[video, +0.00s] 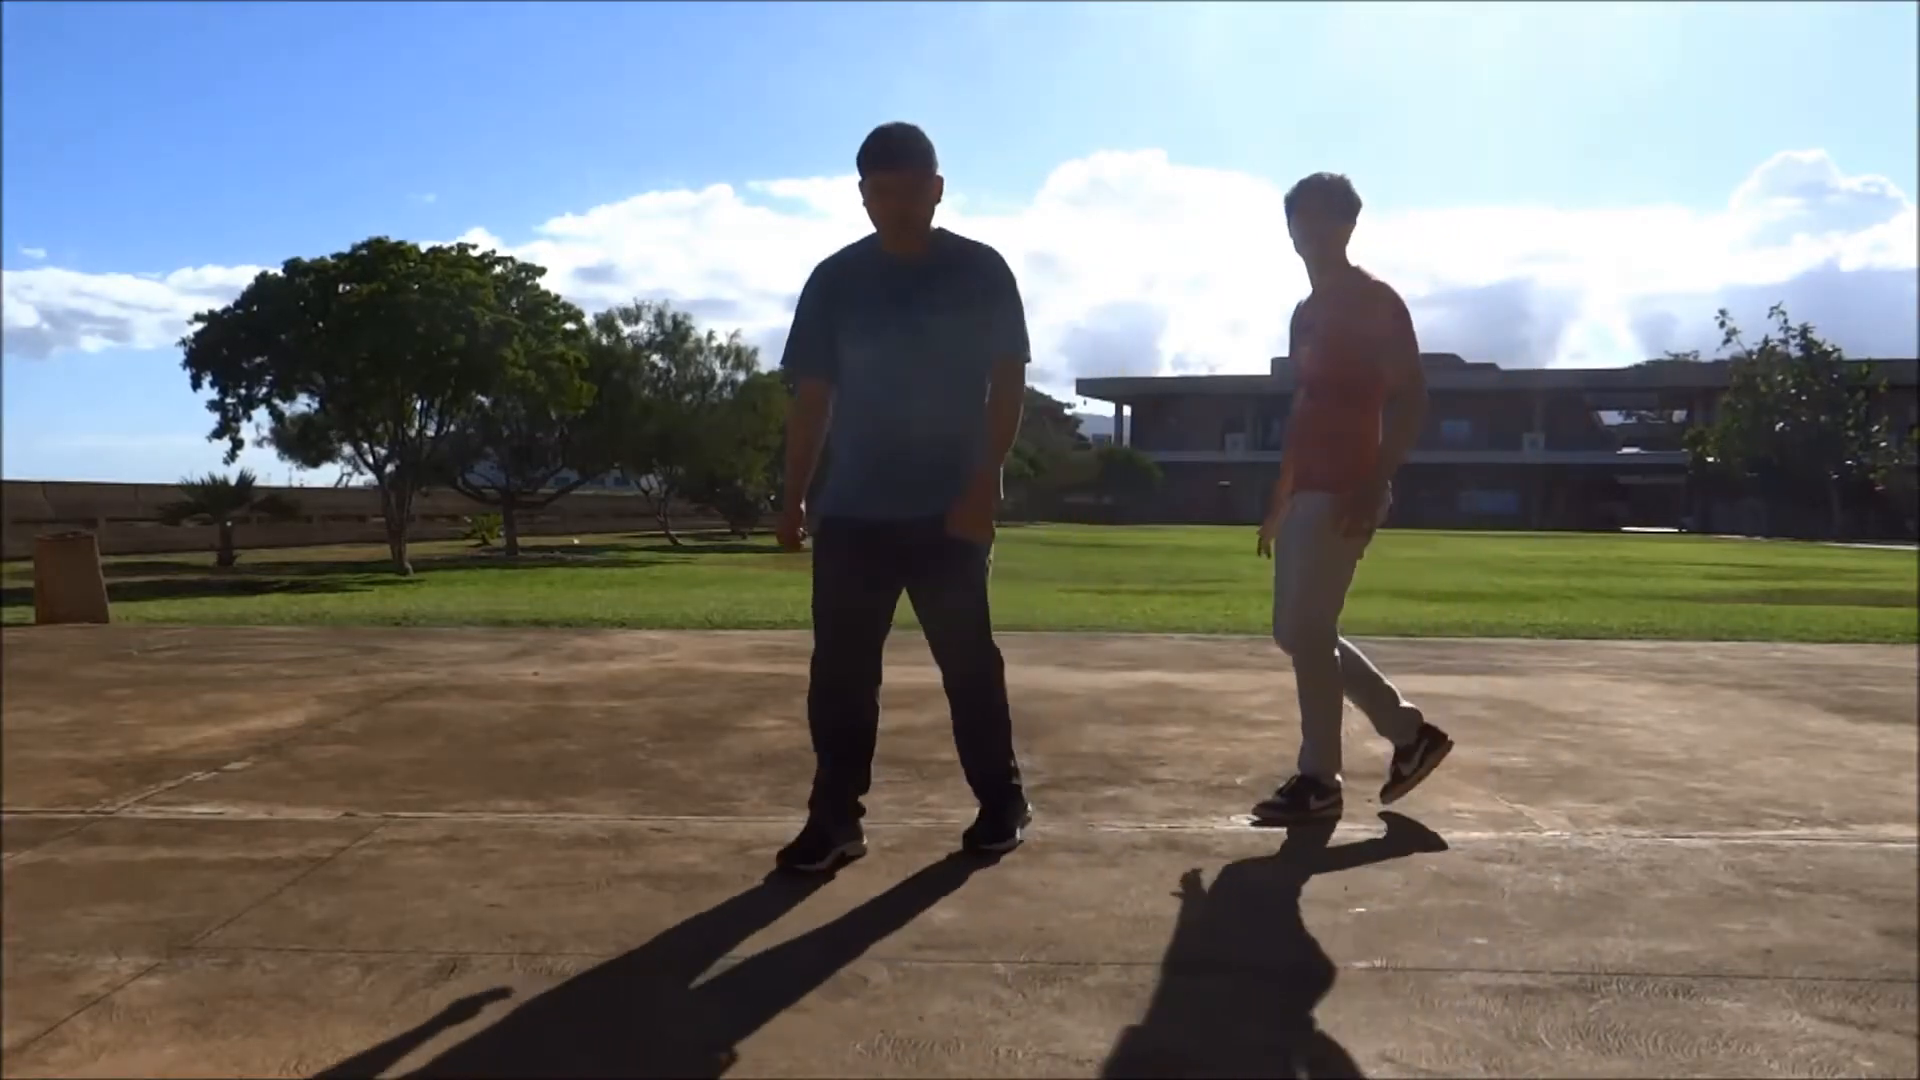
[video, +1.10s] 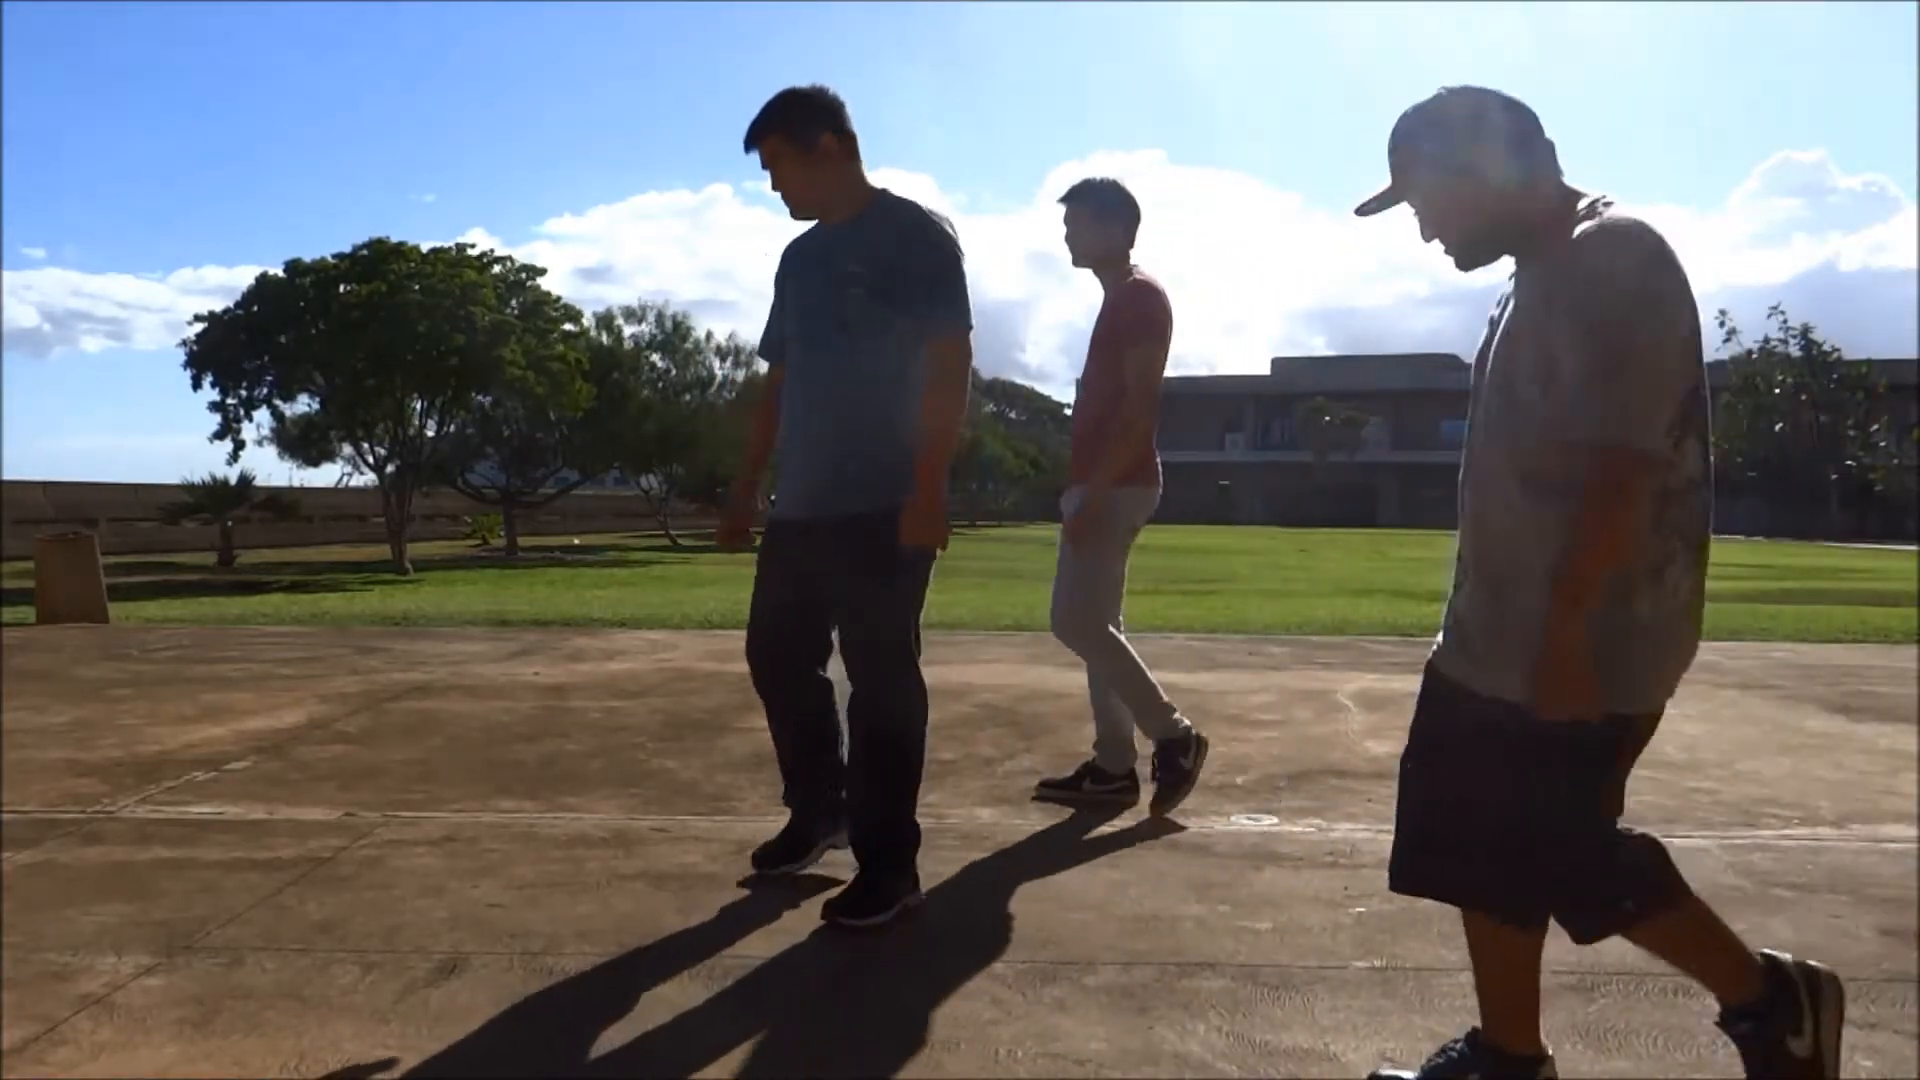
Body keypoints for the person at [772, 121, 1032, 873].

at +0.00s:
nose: (892, 202)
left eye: (906, 186)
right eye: (878, 188)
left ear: (936, 185)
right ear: (861, 192)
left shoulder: (981, 271)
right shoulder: (833, 279)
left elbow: (1009, 380)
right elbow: (811, 395)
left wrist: (985, 481)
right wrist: (794, 492)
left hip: (948, 510)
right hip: (852, 513)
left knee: (969, 666)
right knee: (839, 674)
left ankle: (1000, 802)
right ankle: (834, 819)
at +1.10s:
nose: (776, 191)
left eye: (780, 171)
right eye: (770, 176)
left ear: (831, 147)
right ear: (811, 160)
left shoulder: (920, 234)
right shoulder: (800, 255)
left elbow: (951, 367)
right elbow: (778, 379)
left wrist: (930, 487)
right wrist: (746, 487)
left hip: (886, 502)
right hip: (802, 505)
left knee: (881, 673)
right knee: (778, 656)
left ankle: (889, 866)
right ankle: (817, 810)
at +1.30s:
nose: (760, 191)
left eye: (759, 170)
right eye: (753, 175)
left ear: (798, 147)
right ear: (797, 152)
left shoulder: (881, 219)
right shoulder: (812, 252)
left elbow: (880, 348)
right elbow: (809, 386)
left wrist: (840, 462)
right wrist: (778, 493)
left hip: (876, 499)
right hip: (814, 502)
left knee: (878, 676)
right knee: (780, 662)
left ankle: (887, 871)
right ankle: (750, 829)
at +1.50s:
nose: (741, 202)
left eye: (736, 180)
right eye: (732, 186)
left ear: (768, 151)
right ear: (783, 149)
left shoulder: (835, 213)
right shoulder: (849, 228)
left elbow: (807, 346)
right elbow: (853, 371)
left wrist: (734, 458)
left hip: (848, 502)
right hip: (813, 504)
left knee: (864, 682)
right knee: (770, 665)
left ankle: (885, 871)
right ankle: (729, 832)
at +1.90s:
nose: (666, 208)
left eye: (663, 189)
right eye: (659, 194)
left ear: (695, 164)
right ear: (717, 163)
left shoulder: (749, 223)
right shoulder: (777, 230)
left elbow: (729, 356)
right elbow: (800, 372)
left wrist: (667, 470)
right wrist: (714, 476)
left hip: (761, 496)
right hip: (759, 494)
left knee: (779, 669)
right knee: (726, 665)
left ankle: (867, 853)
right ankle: (727, 841)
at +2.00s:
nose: (651, 213)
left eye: (648, 193)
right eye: (644, 198)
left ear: (679, 166)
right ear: (697, 164)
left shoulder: (731, 227)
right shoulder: (764, 232)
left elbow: (710, 362)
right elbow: (786, 372)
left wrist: (652, 472)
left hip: (738, 491)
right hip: (765, 486)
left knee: (726, 657)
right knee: (734, 656)